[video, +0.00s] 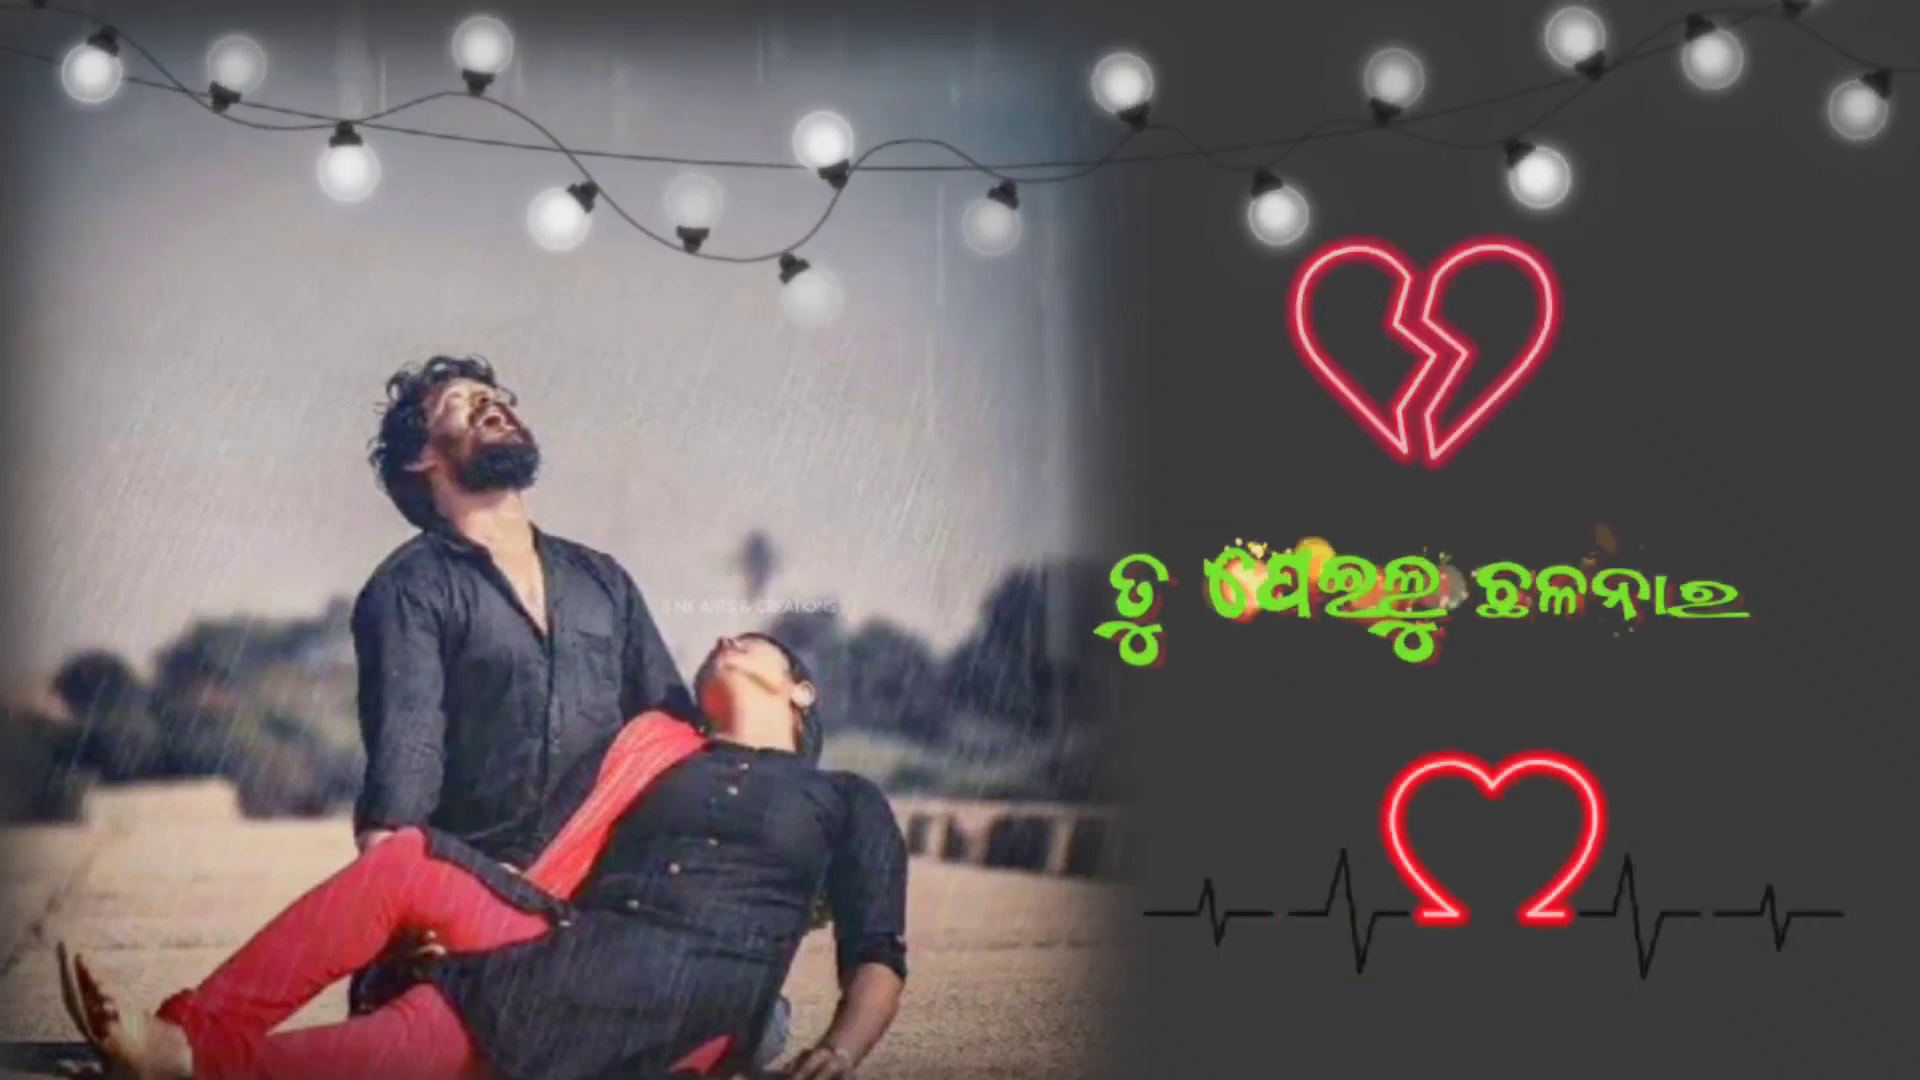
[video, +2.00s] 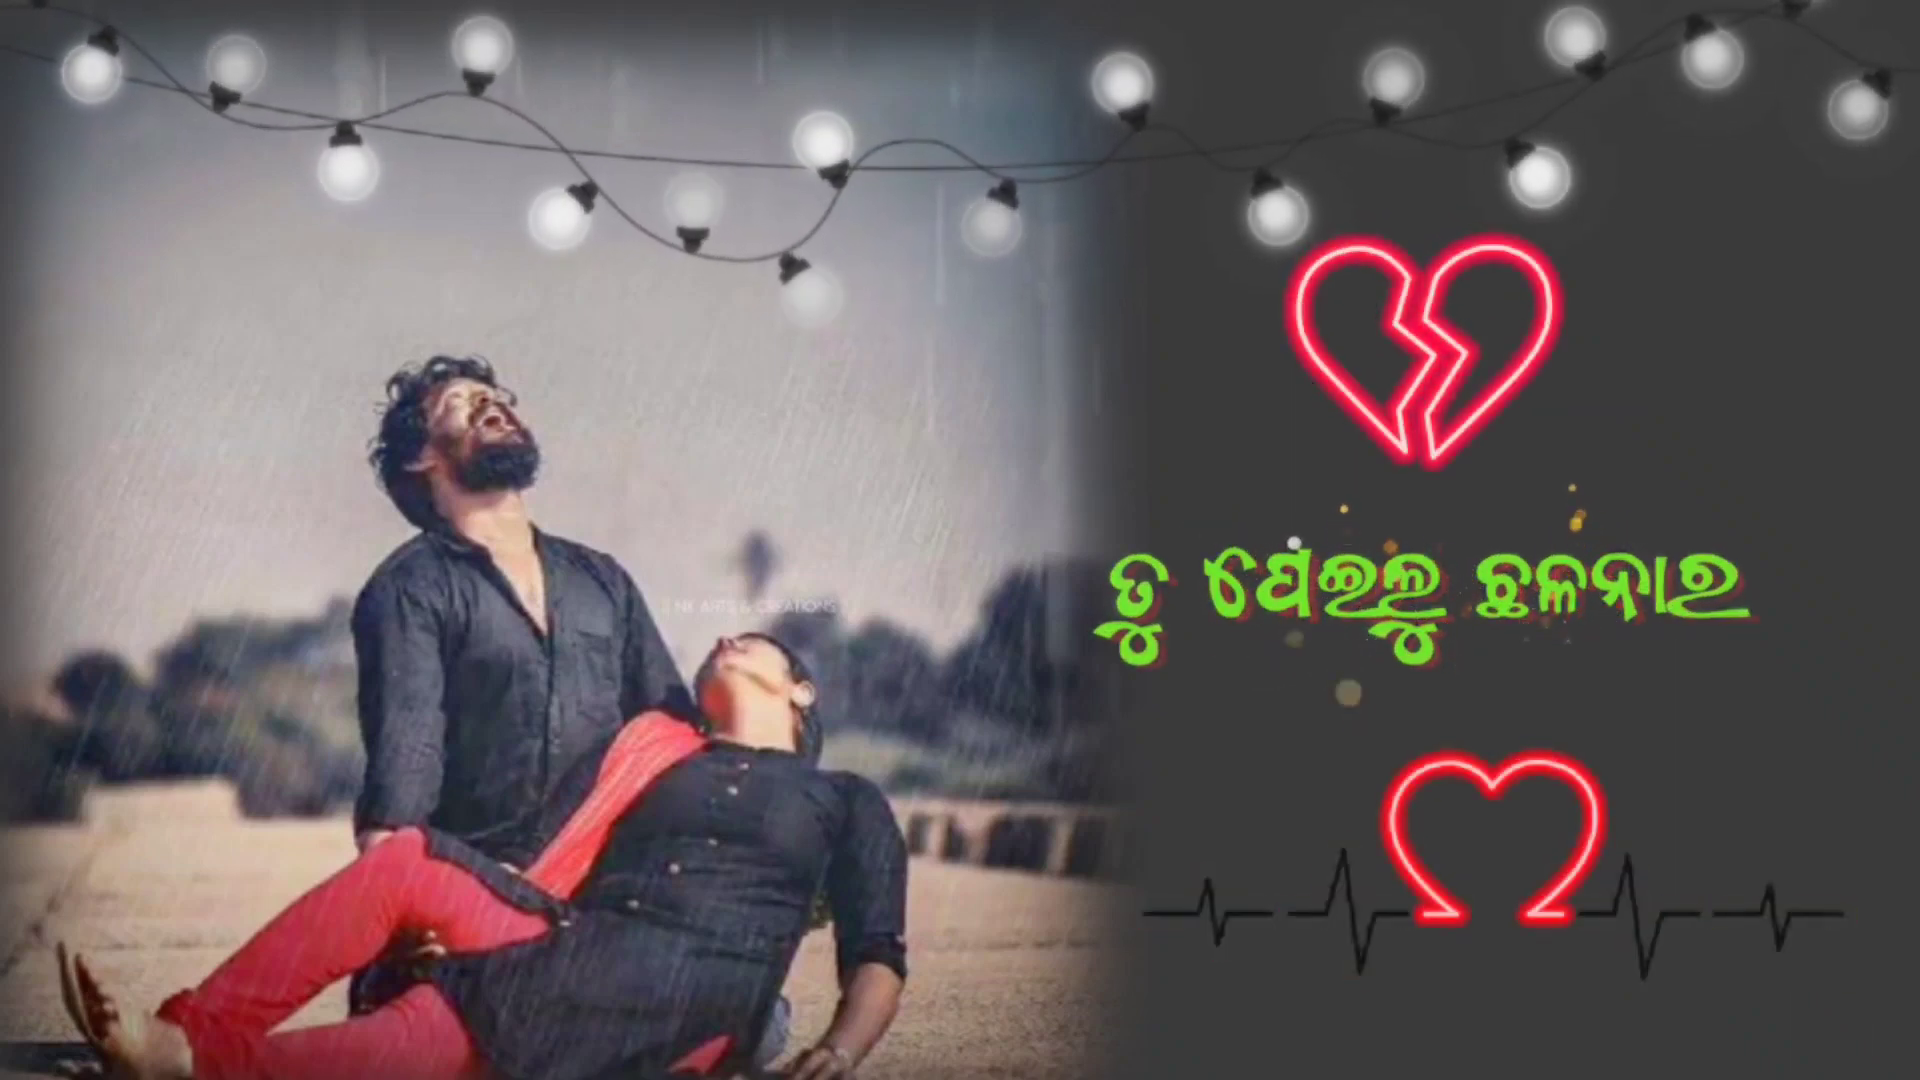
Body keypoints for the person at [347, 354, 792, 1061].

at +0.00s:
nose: (497, 408)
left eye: (502, 401)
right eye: (463, 406)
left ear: (525, 438)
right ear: (422, 462)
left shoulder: (602, 578)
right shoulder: (410, 588)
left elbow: (678, 728)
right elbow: (404, 753)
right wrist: (388, 901)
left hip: (617, 883)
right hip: (462, 890)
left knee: (761, 1021)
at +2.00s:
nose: (496, 408)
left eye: (502, 401)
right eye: (463, 406)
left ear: (525, 438)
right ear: (421, 462)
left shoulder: (602, 578)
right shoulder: (410, 587)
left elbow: (678, 728)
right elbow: (404, 753)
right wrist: (387, 904)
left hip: (617, 883)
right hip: (462, 890)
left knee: (760, 1022)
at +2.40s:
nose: (496, 408)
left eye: (502, 401)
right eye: (463, 406)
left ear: (525, 438)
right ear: (421, 462)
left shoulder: (602, 578)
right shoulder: (410, 587)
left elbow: (678, 728)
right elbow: (404, 753)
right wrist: (387, 904)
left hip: (617, 883)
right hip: (462, 890)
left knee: (760, 1022)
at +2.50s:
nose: (496, 408)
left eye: (502, 401)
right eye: (463, 406)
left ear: (525, 438)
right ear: (421, 462)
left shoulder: (602, 578)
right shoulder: (410, 587)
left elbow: (678, 728)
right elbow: (404, 753)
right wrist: (387, 904)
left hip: (617, 883)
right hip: (462, 890)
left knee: (760, 1022)